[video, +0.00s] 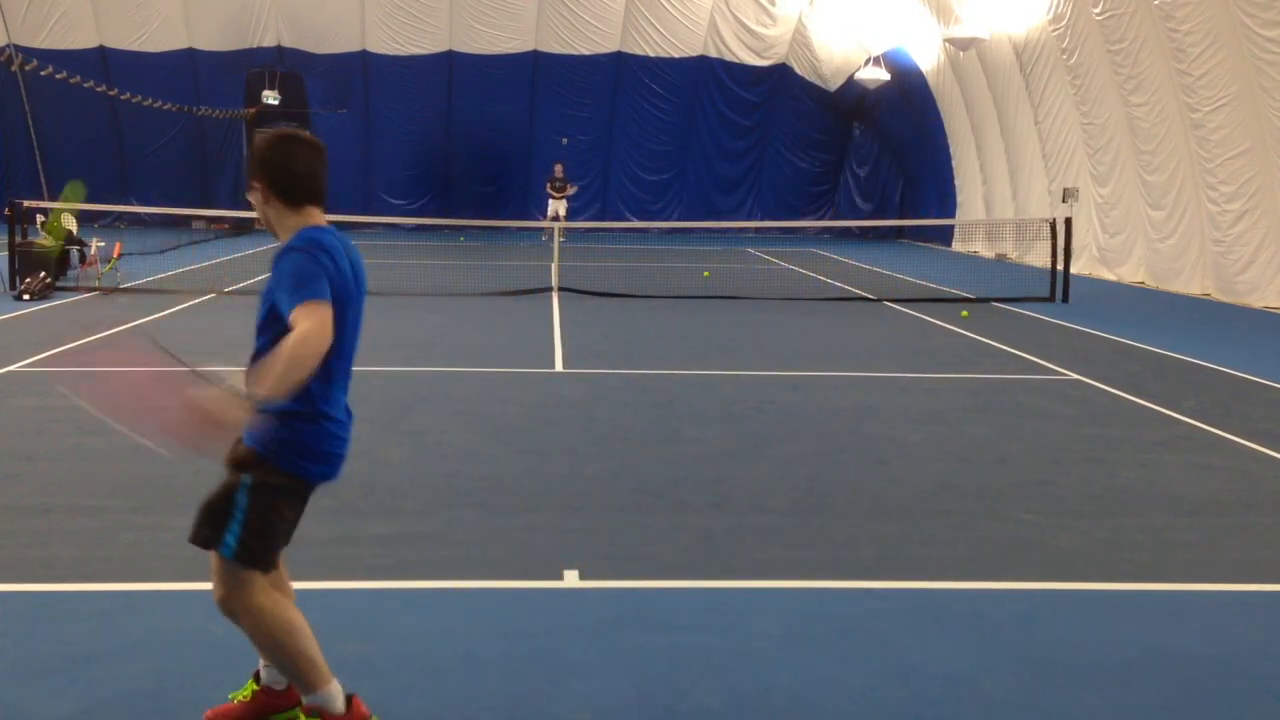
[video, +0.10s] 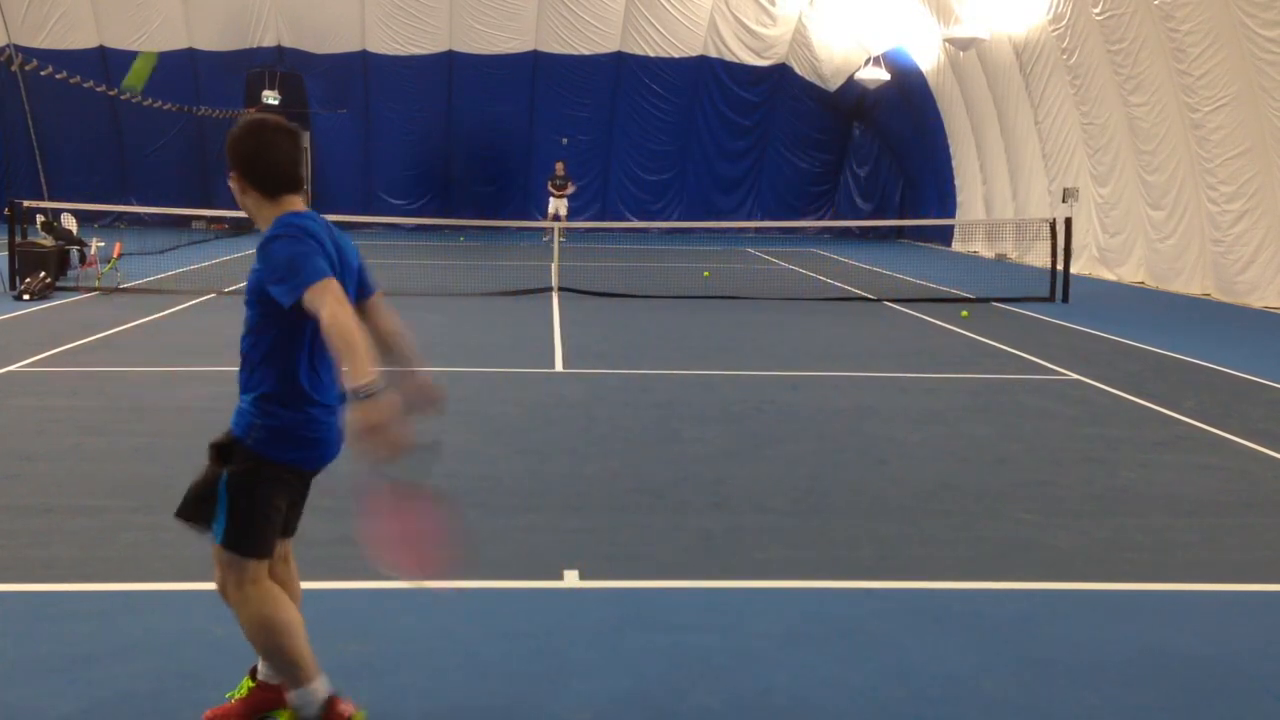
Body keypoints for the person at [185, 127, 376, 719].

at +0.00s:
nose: (252, 198)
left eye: (252, 187)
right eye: (252, 188)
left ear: (263, 192)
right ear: (316, 186)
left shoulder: (302, 255)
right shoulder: (337, 248)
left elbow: (314, 332)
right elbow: (320, 347)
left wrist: (252, 396)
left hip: (286, 441)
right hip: (304, 435)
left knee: (236, 589)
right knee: (259, 563)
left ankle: (333, 705)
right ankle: (279, 682)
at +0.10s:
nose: (231, 187)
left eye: (231, 178)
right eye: (232, 177)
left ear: (239, 184)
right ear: (299, 173)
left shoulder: (285, 242)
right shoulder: (331, 236)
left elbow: (335, 310)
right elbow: (376, 313)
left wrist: (367, 390)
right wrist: (414, 371)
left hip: (270, 436)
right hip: (305, 434)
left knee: (239, 575)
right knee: (272, 554)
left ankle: (322, 702)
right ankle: (274, 678)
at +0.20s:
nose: (225, 187)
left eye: (223, 179)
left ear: (227, 187)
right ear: (293, 172)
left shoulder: (272, 245)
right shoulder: (337, 232)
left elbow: (342, 302)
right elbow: (409, 282)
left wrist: (408, 363)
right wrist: (480, 332)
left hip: (275, 439)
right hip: (318, 435)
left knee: (265, 580)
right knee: (274, 555)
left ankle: (330, 707)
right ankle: (272, 678)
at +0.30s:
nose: (225, 192)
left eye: (224, 182)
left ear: (228, 192)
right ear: (292, 179)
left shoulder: (260, 250)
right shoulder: (340, 230)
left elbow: (320, 305)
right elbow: (421, 269)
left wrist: (389, 376)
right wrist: (498, 302)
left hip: (296, 443)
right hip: (344, 437)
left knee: (297, 587)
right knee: (284, 548)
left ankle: (340, 712)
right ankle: (278, 672)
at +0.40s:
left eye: (232, 184)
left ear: (235, 195)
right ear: (301, 183)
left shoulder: (256, 252)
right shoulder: (349, 232)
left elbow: (285, 321)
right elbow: (431, 271)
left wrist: (305, 415)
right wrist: (505, 309)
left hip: (309, 446)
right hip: (366, 437)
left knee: (323, 588)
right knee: (312, 554)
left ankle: (345, 711)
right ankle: (298, 668)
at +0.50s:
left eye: (246, 179)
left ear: (249, 191)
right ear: (315, 181)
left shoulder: (256, 254)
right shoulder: (365, 232)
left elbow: (251, 338)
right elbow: (442, 286)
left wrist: (222, 443)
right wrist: (504, 334)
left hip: (317, 448)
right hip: (383, 441)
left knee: (330, 593)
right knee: (348, 565)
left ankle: (347, 713)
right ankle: (346, 683)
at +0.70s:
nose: (284, 174)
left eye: (284, 167)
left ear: (288, 180)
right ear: (355, 177)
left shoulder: (272, 252)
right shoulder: (398, 239)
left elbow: (241, 355)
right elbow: (448, 324)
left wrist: (206, 420)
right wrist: (486, 396)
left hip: (324, 449)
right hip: (401, 442)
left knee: (336, 590)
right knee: (397, 557)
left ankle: (344, 713)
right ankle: (435, 693)